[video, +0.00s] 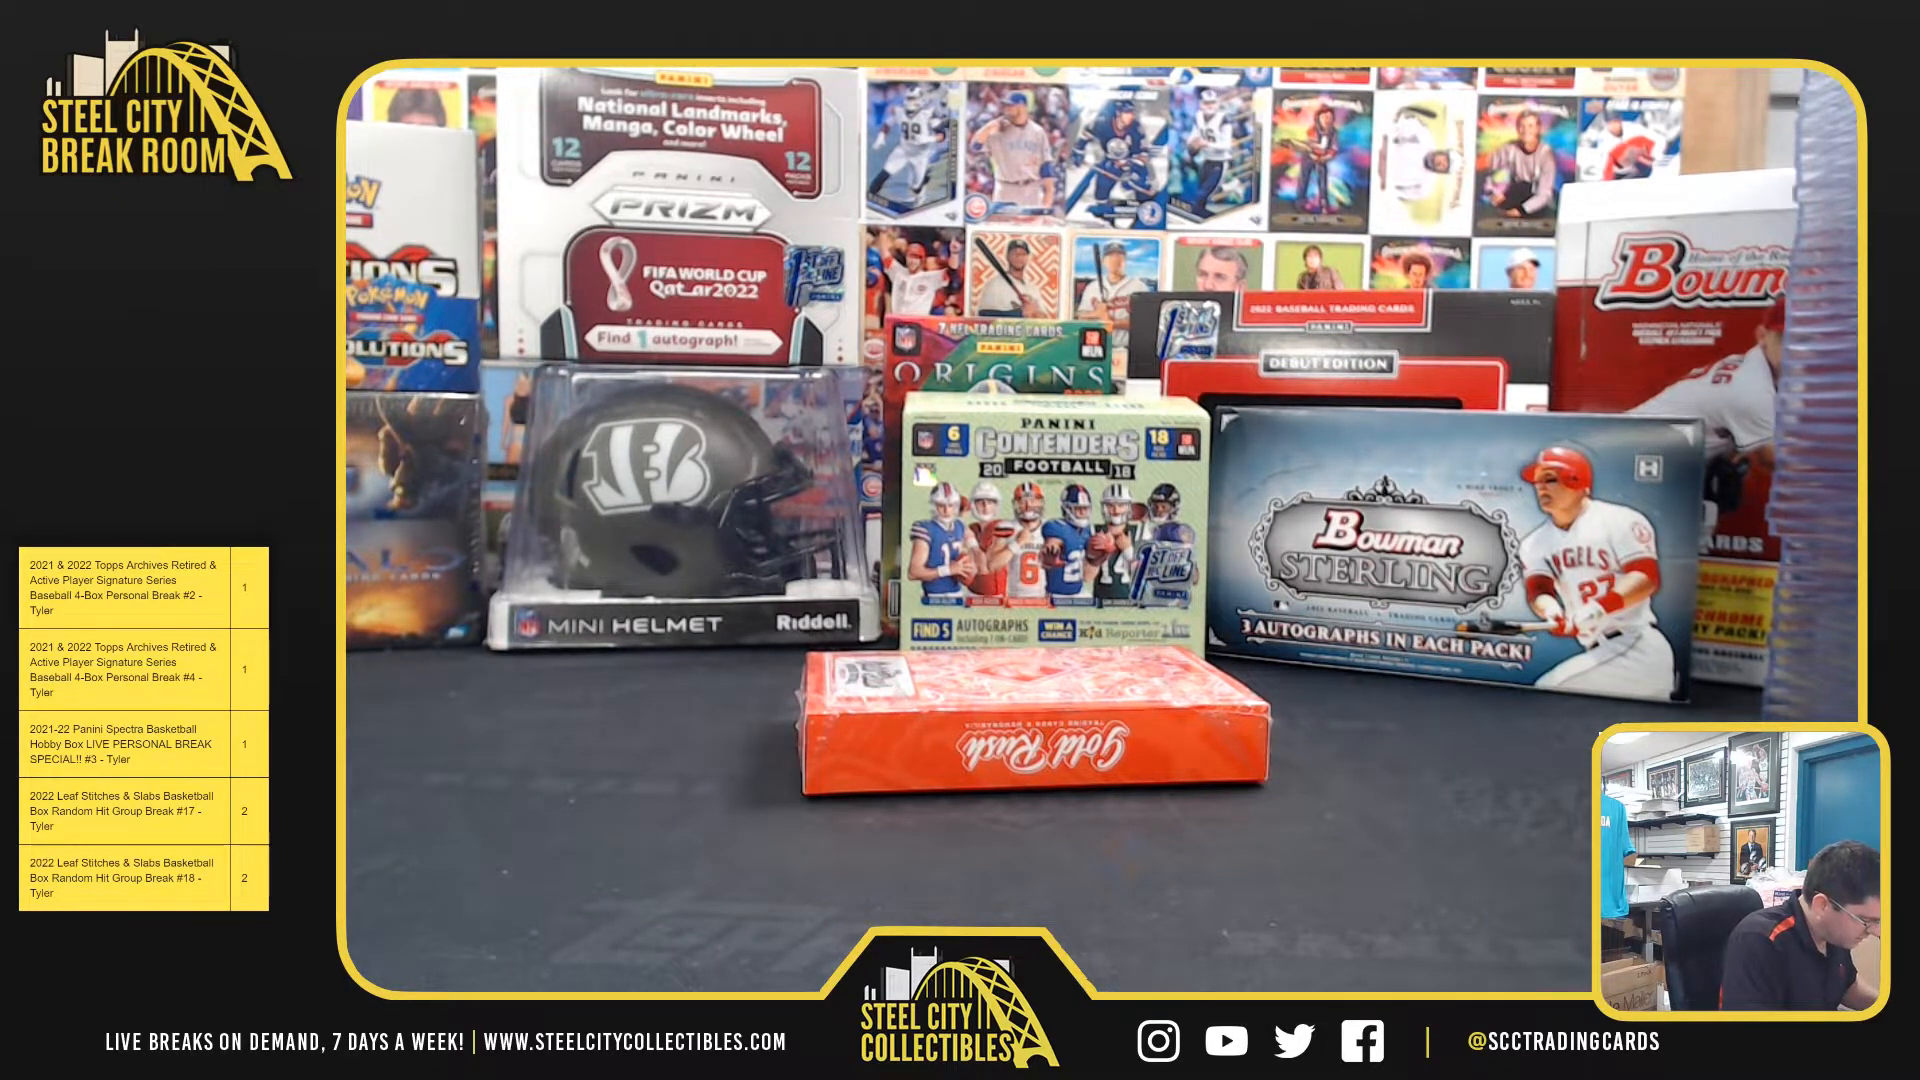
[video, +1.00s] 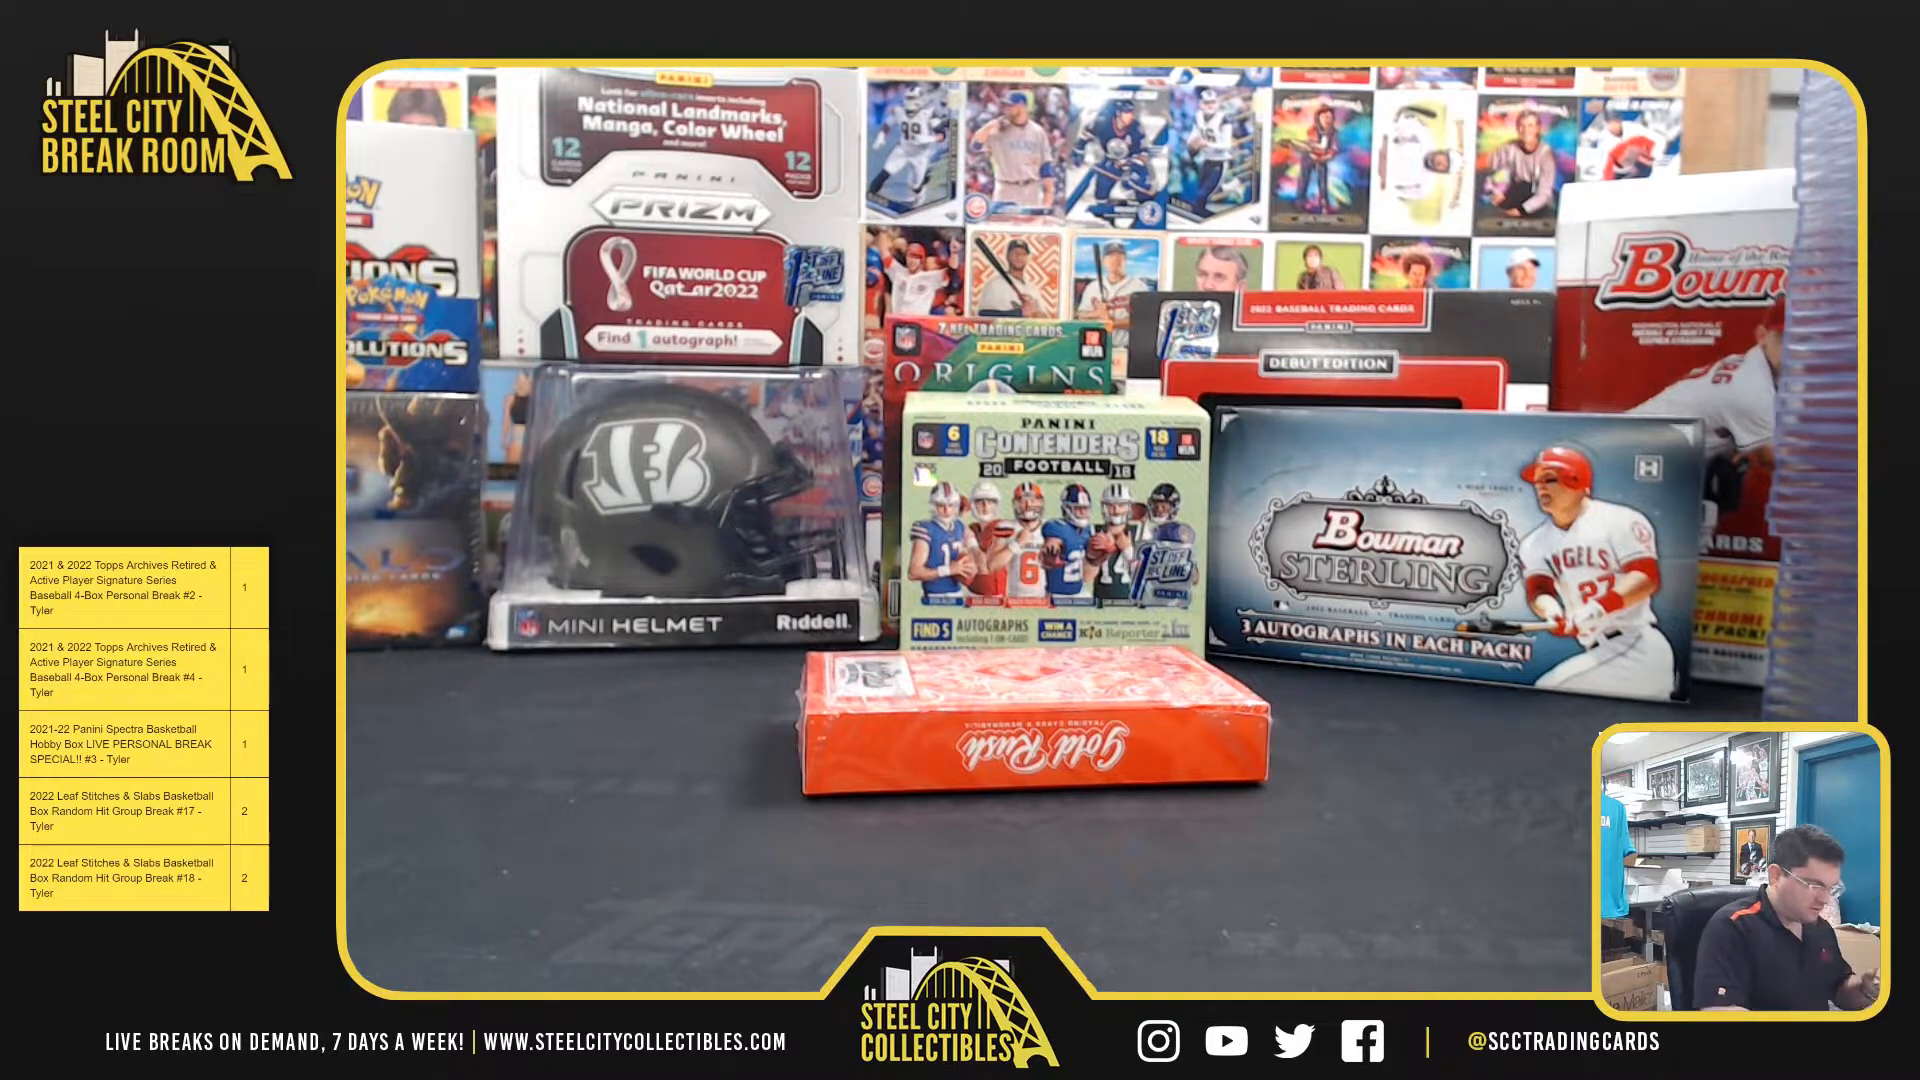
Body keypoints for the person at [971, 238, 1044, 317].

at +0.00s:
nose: (1019, 258)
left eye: (1023, 254)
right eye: (1015, 254)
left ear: (1028, 258)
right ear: (1008, 256)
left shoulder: (1033, 288)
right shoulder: (995, 284)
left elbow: (1044, 317)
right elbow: (985, 314)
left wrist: (1033, 310)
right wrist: (1020, 313)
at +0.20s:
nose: (1019, 258)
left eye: (1023, 254)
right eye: (1015, 254)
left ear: (1028, 258)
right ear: (1008, 256)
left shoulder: (1033, 288)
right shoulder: (995, 284)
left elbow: (1044, 317)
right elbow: (985, 314)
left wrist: (1033, 310)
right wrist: (1020, 313)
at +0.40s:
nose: (1019, 258)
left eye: (1023, 254)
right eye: (1016, 254)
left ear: (1028, 258)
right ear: (1008, 256)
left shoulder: (1032, 289)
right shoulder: (995, 285)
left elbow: (1045, 317)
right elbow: (985, 315)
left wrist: (1034, 311)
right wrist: (1020, 313)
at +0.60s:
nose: (1019, 258)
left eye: (1023, 254)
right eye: (1016, 254)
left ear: (1028, 258)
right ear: (1008, 256)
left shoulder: (1032, 289)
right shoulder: (995, 285)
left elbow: (1045, 317)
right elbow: (985, 315)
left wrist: (1034, 311)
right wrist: (1020, 313)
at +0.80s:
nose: (1019, 258)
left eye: (1023, 254)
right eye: (1016, 254)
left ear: (1028, 258)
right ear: (1008, 256)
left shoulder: (1033, 289)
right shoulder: (995, 285)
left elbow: (1044, 318)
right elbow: (985, 315)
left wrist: (1034, 311)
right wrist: (1020, 313)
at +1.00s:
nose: (1019, 258)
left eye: (1023, 254)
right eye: (1016, 254)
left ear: (1028, 258)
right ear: (1008, 256)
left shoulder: (1032, 289)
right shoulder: (995, 285)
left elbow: (1044, 317)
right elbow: (985, 315)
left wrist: (1034, 311)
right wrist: (1020, 313)